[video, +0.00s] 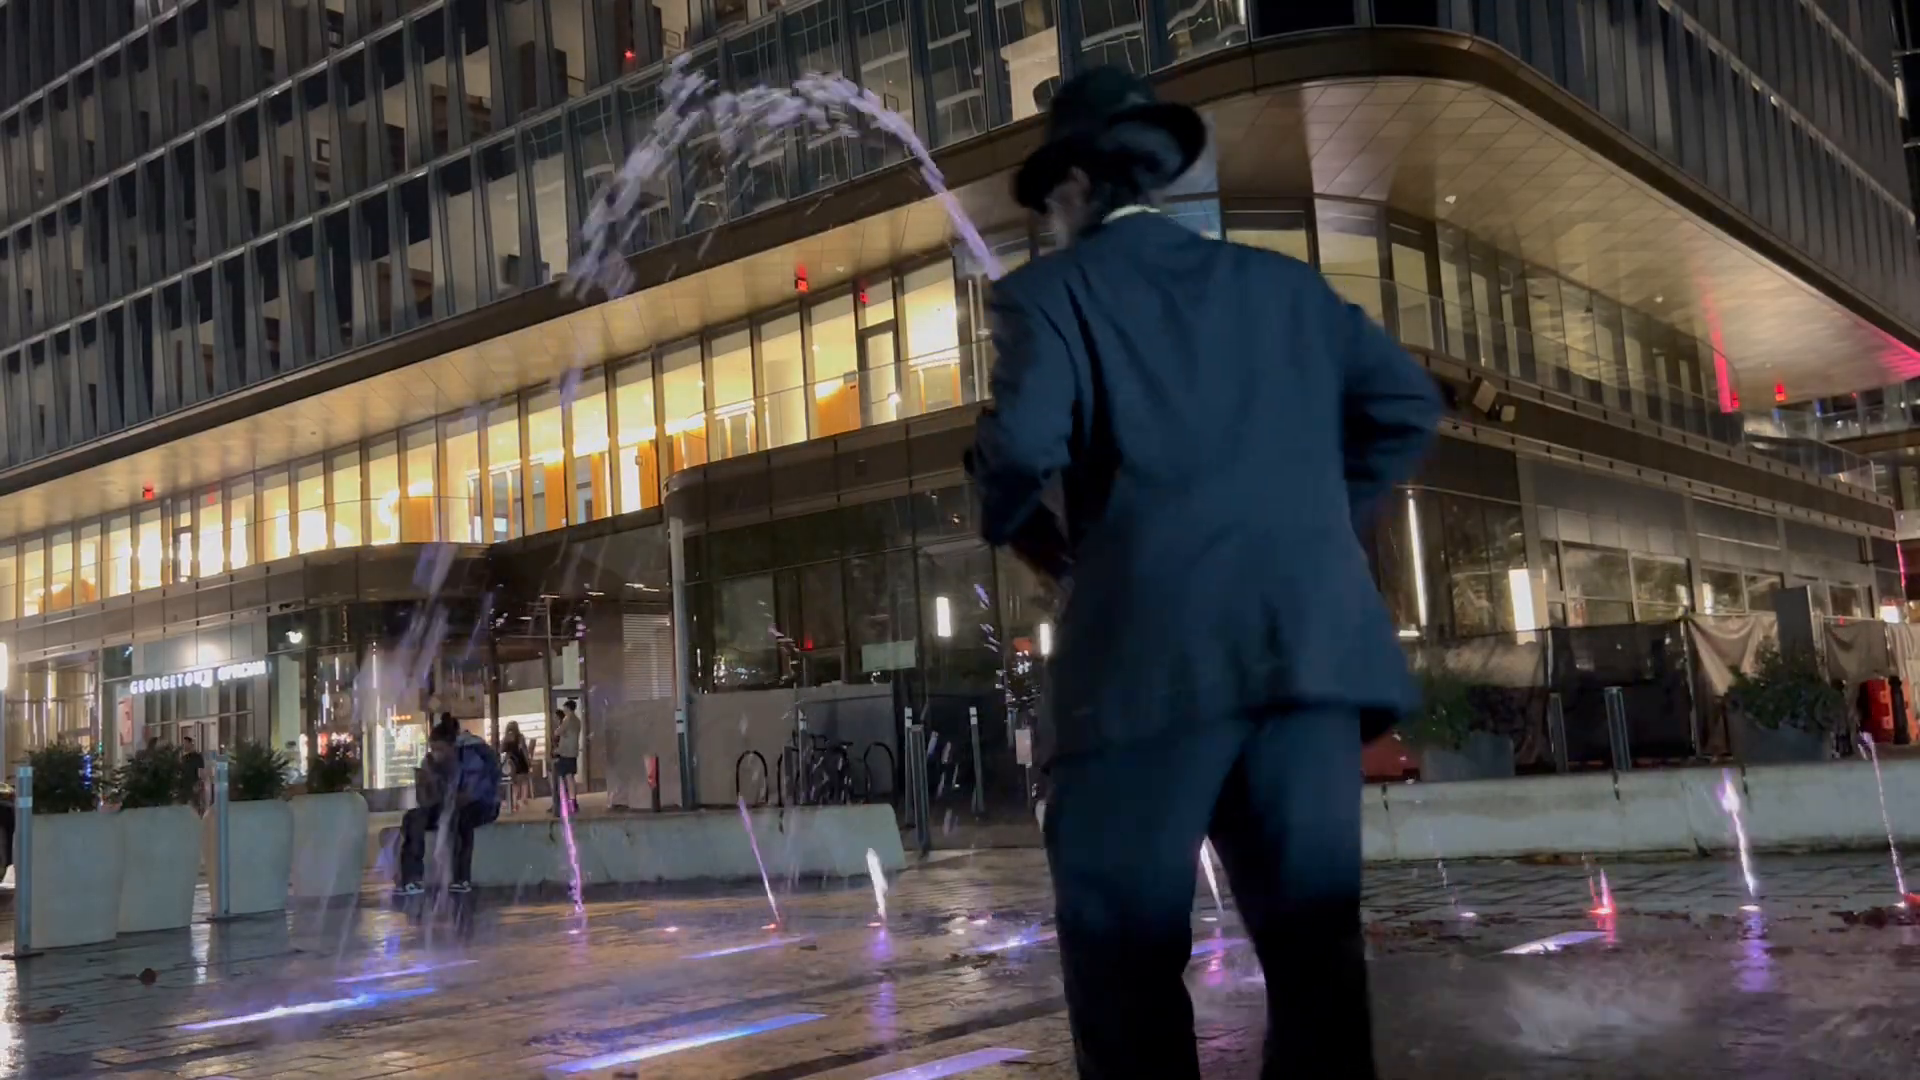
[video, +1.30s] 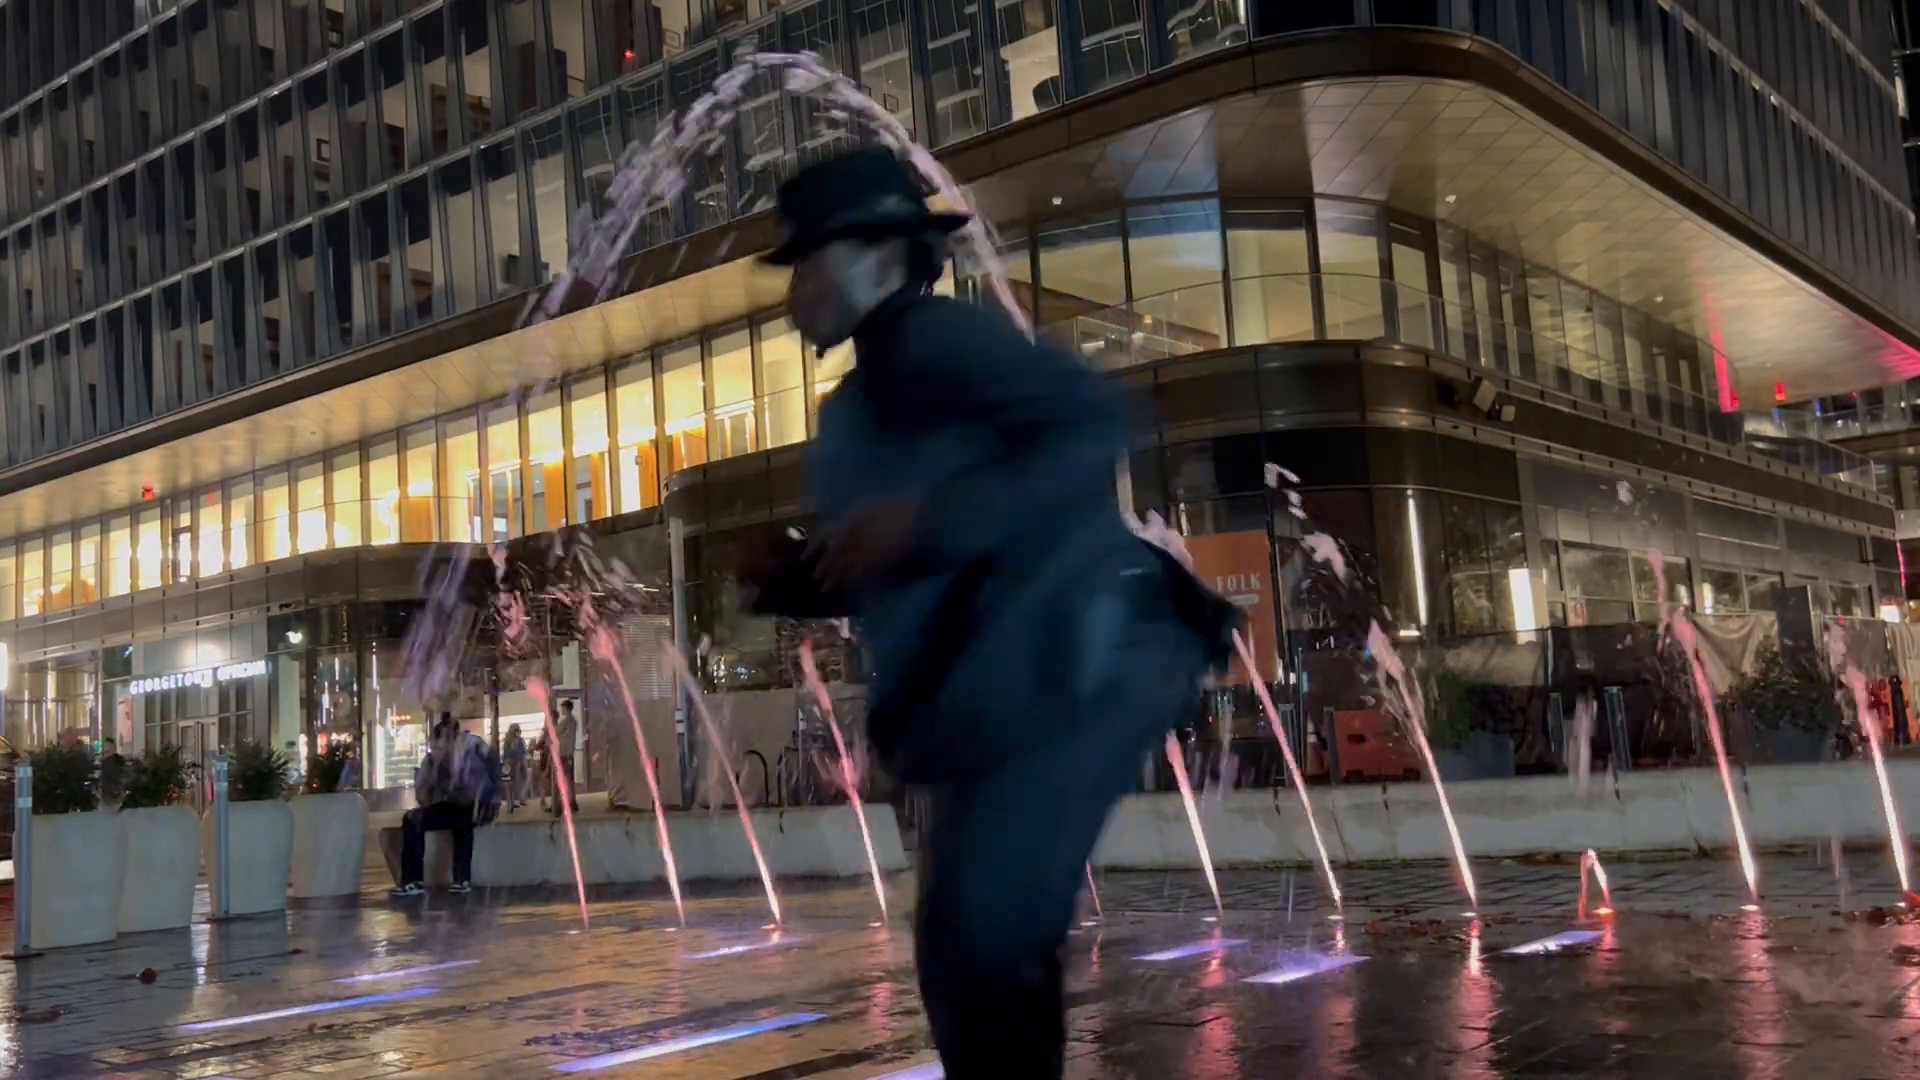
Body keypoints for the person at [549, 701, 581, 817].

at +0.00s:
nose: (564, 711)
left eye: (565, 709)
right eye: (564, 709)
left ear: (567, 709)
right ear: (573, 709)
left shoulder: (567, 720)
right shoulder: (577, 720)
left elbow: (558, 732)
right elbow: (573, 735)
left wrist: (559, 727)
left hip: (564, 753)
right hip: (573, 752)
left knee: (560, 779)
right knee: (571, 778)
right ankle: (573, 801)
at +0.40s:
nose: (560, 710)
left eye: (561, 708)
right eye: (561, 708)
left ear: (563, 708)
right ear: (569, 708)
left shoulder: (560, 720)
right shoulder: (572, 720)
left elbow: (552, 733)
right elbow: (571, 734)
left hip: (560, 753)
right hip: (568, 752)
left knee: (563, 779)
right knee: (570, 779)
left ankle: (564, 801)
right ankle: (572, 800)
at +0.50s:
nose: (558, 710)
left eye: (559, 708)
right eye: (559, 708)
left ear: (561, 708)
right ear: (568, 708)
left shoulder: (559, 721)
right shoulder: (571, 720)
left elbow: (551, 733)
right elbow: (568, 736)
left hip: (558, 754)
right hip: (568, 753)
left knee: (556, 781)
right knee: (570, 780)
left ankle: (556, 805)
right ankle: (572, 801)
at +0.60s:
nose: (558, 710)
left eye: (558, 708)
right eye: (558, 708)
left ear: (561, 708)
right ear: (567, 708)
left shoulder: (559, 720)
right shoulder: (570, 720)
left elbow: (552, 731)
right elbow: (570, 736)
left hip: (560, 754)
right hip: (568, 753)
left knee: (559, 779)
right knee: (570, 780)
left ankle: (558, 803)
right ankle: (571, 801)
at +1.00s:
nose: (558, 710)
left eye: (560, 708)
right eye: (558, 708)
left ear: (562, 708)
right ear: (567, 708)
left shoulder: (560, 720)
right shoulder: (570, 719)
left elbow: (556, 734)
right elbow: (571, 735)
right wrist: (570, 748)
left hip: (561, 752)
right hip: (568, 752)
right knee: (570, 778)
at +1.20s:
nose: (560, 710)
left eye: (563, 708)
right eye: (560, 707)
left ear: (568, 708)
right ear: (559, 708)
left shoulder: (571, 721)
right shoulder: (558, 720)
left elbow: (569, 739)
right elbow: (554, 736)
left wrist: (567, 754)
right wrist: (551, 753)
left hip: (567, 754)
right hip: (556, 753)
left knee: (568, 779)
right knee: (555, 780)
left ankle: (571, 802)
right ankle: (555, 803)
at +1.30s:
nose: (561, 710)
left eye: (563, 708)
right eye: (561, 708)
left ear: (565, 708)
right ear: (570, 708)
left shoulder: (565, 720)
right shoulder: (572, 720)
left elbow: (556, 731)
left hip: (562, 754)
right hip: (569, 754)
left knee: (559, 781)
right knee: (569, 781)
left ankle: (557, 805)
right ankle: (572, 803)